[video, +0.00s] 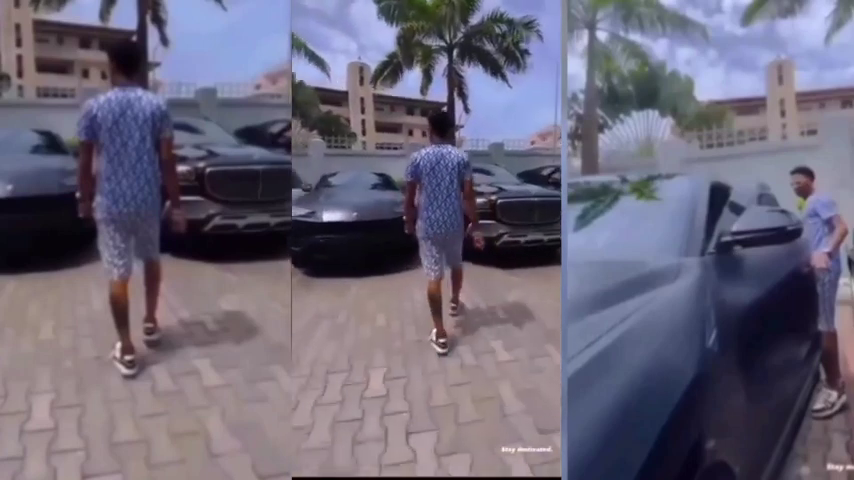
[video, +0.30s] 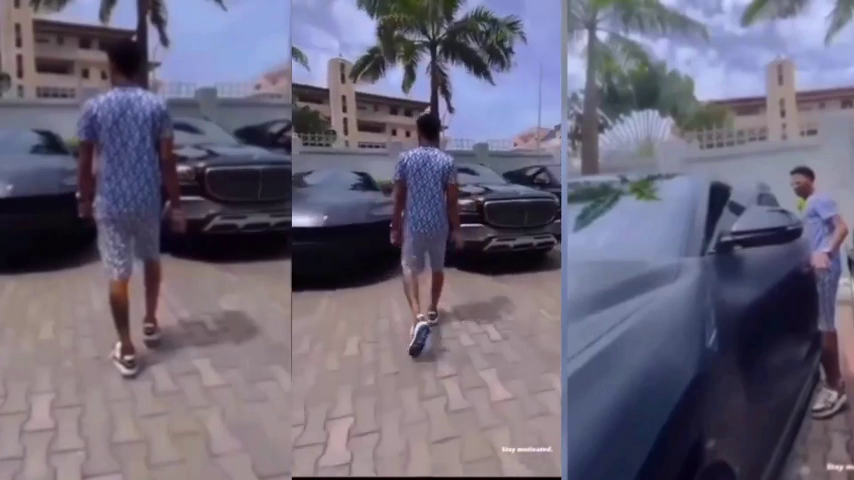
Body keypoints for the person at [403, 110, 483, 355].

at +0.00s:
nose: (429, 133)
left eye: (429, 129)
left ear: (430, 130)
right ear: (452, 130)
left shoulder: (419, 158)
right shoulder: (460, 158)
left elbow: (409, 195)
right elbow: (468, 194)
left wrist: (410, 221)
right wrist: (475, 225)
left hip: (428, 224)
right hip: (454, 224)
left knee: (434, 277)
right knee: (456, 263)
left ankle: (439, 332)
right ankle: (454, 300)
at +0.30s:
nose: (418, 136)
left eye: (418, 132)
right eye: (427, 131)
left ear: (418, 133)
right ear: (438, 133)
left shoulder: (406, 159)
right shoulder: (446, 160)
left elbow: (399, 197)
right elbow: (452, 198)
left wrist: (396, 227)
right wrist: (456, 228)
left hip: (414, 224)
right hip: (438, 224)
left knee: (410, 270)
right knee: (437, 268)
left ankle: (418, 316)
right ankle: (432, 309)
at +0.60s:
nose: (395, 135)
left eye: (394, 131)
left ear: (393, 132)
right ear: (414, 131)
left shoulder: (384, 157)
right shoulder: (424, 157)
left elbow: (379, 194)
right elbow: (433, 192)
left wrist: (380, 225)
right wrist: (432, 218)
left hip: (393, 223)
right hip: (418, 223)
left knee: (391, 266)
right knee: (418, 274)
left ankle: (396, 303)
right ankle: (413, 329)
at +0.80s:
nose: (371, 138)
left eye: (369, 134)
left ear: (369, 135)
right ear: (390, 134)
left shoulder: (363, 163)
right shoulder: (403, 161)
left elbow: (360, 201)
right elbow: (412, 195)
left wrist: (360, 233)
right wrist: (414, 219)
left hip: (376, 227)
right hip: (401, 226)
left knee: (378, 269)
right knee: (403, 275)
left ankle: (382, 303)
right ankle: (400, 333)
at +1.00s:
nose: (349, 133)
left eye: (345, 129)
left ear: (345, 130)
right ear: (366, 129)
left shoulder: (337, 156)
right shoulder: (378, 155)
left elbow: (335, 196)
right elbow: (389, 192)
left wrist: (334, 228)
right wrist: (394, 220)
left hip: (351, 224)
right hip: (378, 222)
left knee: (357, 271)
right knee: (387, 266)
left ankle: (365, 313)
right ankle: (384, 304)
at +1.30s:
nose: (330, 137)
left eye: (325, 132)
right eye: (339, 133)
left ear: (321, 133)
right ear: (343, 133)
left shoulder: (309, 157)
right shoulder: (352, 158)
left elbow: (300, 192)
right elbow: (360, 195)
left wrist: (301, 222)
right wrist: (369, 225)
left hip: (320, 223)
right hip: (348, 221)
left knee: (329, 275)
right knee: (354, 261)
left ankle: (339, 331)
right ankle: (356, 297)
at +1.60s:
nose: (315, 139)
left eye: (312, 134)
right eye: (324, 135)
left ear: (309, 134)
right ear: (329, 136)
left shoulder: (296, 159)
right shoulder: (336, 162)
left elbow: (293, 191)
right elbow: (345, 195)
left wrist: (294, 214)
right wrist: (349, 221)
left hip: (304, 219)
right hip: (331, 219)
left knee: (303, 267)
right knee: (334, 262)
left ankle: (310, 311)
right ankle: (331, 306)